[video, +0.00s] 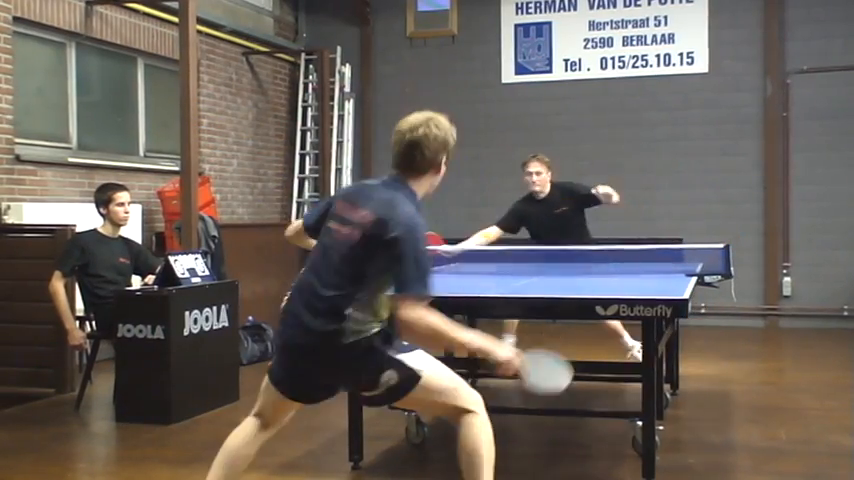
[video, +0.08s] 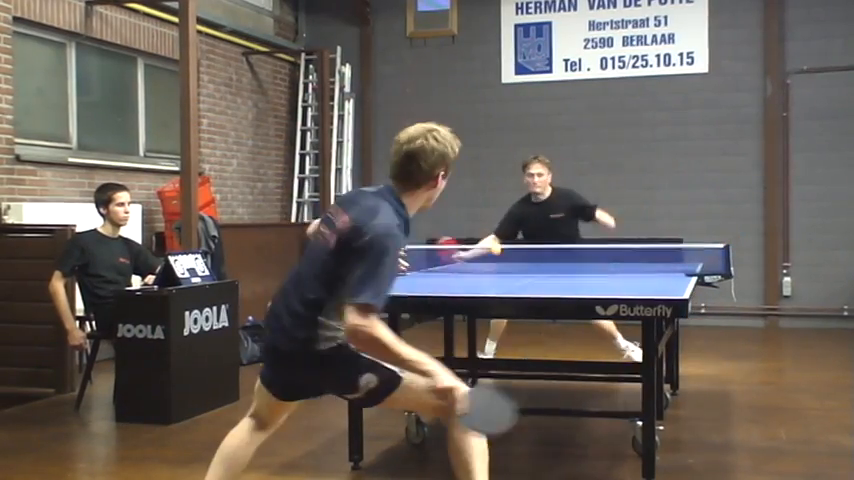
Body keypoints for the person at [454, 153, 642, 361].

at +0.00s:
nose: (534, 179)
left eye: (538, 173)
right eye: (529, 175)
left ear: (549, 175)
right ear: (524, 179)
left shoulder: (568, 192)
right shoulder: (523, 207)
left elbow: (607, 199)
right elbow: (492, 234)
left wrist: (606, 194)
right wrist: (457, 249)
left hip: (582, 263)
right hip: (545, 266)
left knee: (594, 301)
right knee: (512, 293)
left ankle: (630, 344)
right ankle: (507, 345)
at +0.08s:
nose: (534, 180)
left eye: (539, 175)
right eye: (530, 176)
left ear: (550, 177)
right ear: (524, 180)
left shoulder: (566, 198)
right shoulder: (520, 209)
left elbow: (593, 212)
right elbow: (497, 239)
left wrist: (604, 219)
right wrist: (470, 253)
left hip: (570, 269)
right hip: (532, 271)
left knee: (588, 306)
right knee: (503, 302)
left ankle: (623, 345)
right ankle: (487, 353)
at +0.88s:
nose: (621, 178)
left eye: (625, 173)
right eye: (616, 173)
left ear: (633, 174)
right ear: (608, 176)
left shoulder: (648, 192)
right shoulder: (602, 201)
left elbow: (675, 224)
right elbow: (595, 237)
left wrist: (654, 242)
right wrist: (602, 249)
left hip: (651, 263)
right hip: (616, 265)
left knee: (679, 294)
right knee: (588, 288)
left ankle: (697, 346)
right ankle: (590, 337)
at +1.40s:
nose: (643, 173)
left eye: (647, 169)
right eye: (638, 168)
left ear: (652, 170)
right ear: (628, 170)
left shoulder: (662, 189)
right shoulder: (620, 195)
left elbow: (691, 218)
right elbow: (606, 233)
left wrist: (695, 210)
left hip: (663, 262)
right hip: (627, 263)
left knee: (693, 294)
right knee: (604, 296)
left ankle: (703, 347)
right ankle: (597, 347)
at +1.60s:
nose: (649, 166)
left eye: (653, 162)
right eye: (644, 161)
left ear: (659, 164)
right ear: (635, 163)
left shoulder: (670, 187)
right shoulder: (624, 191)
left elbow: (693, 215)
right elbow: (602, 216)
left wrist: (698, 212)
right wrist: (587, 202)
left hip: (667, 260)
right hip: (630, 262)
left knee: (692, 293)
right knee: (607, 295)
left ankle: (703, 347)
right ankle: (597, 347)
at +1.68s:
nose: (647, 166)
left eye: (652, 162)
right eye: (642, 161)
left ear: (659, 164)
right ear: (634, 164)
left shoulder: (671, 187)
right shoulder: (624, 192)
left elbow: (695, 214)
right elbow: (600, 217)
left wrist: (692, 219)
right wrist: (586, 208)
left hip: (667, 259)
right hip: (630, 259)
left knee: (690, 295)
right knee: (602, 291)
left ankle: (702, 347)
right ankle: (593, 345)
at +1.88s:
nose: (628, 171)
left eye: (633, 167)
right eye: (624, 167)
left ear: (641, 170)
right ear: (617, 170)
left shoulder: (656, 193)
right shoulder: (609, 198)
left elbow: (678, 222)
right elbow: (590, 225)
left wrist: (671, 231)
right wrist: (575, 230)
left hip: (656, 263)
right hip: (618, 264)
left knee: (679, 298)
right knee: (587, 293)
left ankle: (701, 347)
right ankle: (574, 342)